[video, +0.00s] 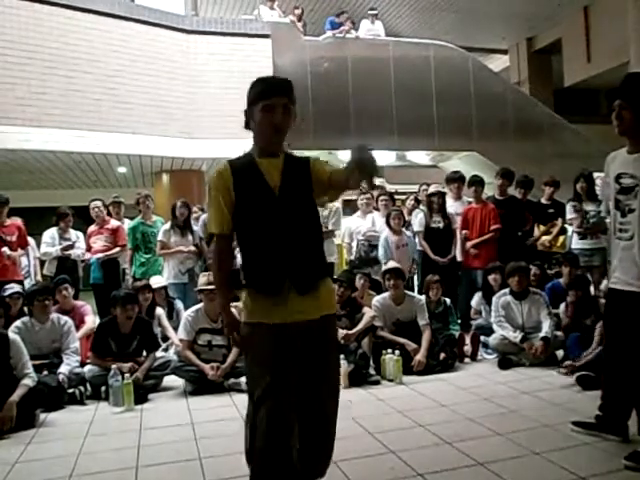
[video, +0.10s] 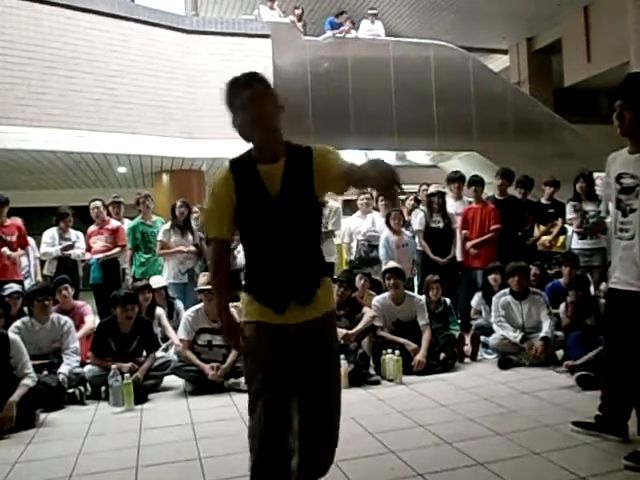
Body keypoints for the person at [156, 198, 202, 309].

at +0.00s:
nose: (182, 211)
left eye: (184, 208)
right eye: (179, 208)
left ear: (188, 211)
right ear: (174, 211)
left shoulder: (192, 230)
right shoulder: (166, 229)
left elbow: (200, 250)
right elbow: (159, 251)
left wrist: (192, 249)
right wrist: (179, 249)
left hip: (191, 274)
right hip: (173, 274)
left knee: (191, 309)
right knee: (178, 310)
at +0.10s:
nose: (182, 211)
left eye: (184, 207)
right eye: (179, 207)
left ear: (188, 211)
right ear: (174, 211)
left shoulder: (192, 229)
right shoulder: (167, 229)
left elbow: (199, 249)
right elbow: (159, 251)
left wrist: (193, 249)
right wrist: (179, 249)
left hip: (191, 273)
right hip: (173, 274)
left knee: (191, 309)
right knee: (178, 309)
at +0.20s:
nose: (182, 211)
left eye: (184, 208)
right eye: (179, 208)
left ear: (188, 211)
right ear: (174, 211)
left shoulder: (192, 230)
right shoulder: (166, 229)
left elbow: (200, 249)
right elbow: (159, 251)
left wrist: (192, 249)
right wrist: (178, 249)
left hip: (191, 273)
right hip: (173, 274)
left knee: (191, 309)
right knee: (178, 309)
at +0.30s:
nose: (182, 211)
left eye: (184, 208)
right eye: (179, 208)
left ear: (188, 211)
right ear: (174, 211)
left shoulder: (192, 230)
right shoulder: (166, 229)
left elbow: (201, 249)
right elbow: (159, 251)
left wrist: (192, 249)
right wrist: (178, 249)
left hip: (191, 273)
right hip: (173, 274)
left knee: (191, 309)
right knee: (178, 309)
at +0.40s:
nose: (182, 210)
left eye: (184, 207)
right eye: (179, 207)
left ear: (188, 211)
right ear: (174, 211)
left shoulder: (192, 229)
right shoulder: (167, 229)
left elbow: (198, 248)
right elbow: (159, 251)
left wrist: (192, 250)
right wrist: (178, 249)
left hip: (191, 272)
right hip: (173, 273)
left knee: (192, 308)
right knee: (178, 309)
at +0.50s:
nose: (182, 210)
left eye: (185, 207)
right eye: (179, 207)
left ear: (188, 210)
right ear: (174, 211)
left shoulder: (192, 229)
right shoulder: (167, 229)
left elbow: (198, 247)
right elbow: (159, 251)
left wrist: (193, 250)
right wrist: (178, 249)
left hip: (191, 272)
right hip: (173, 273)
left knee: (192, 308)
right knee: (178, 309)